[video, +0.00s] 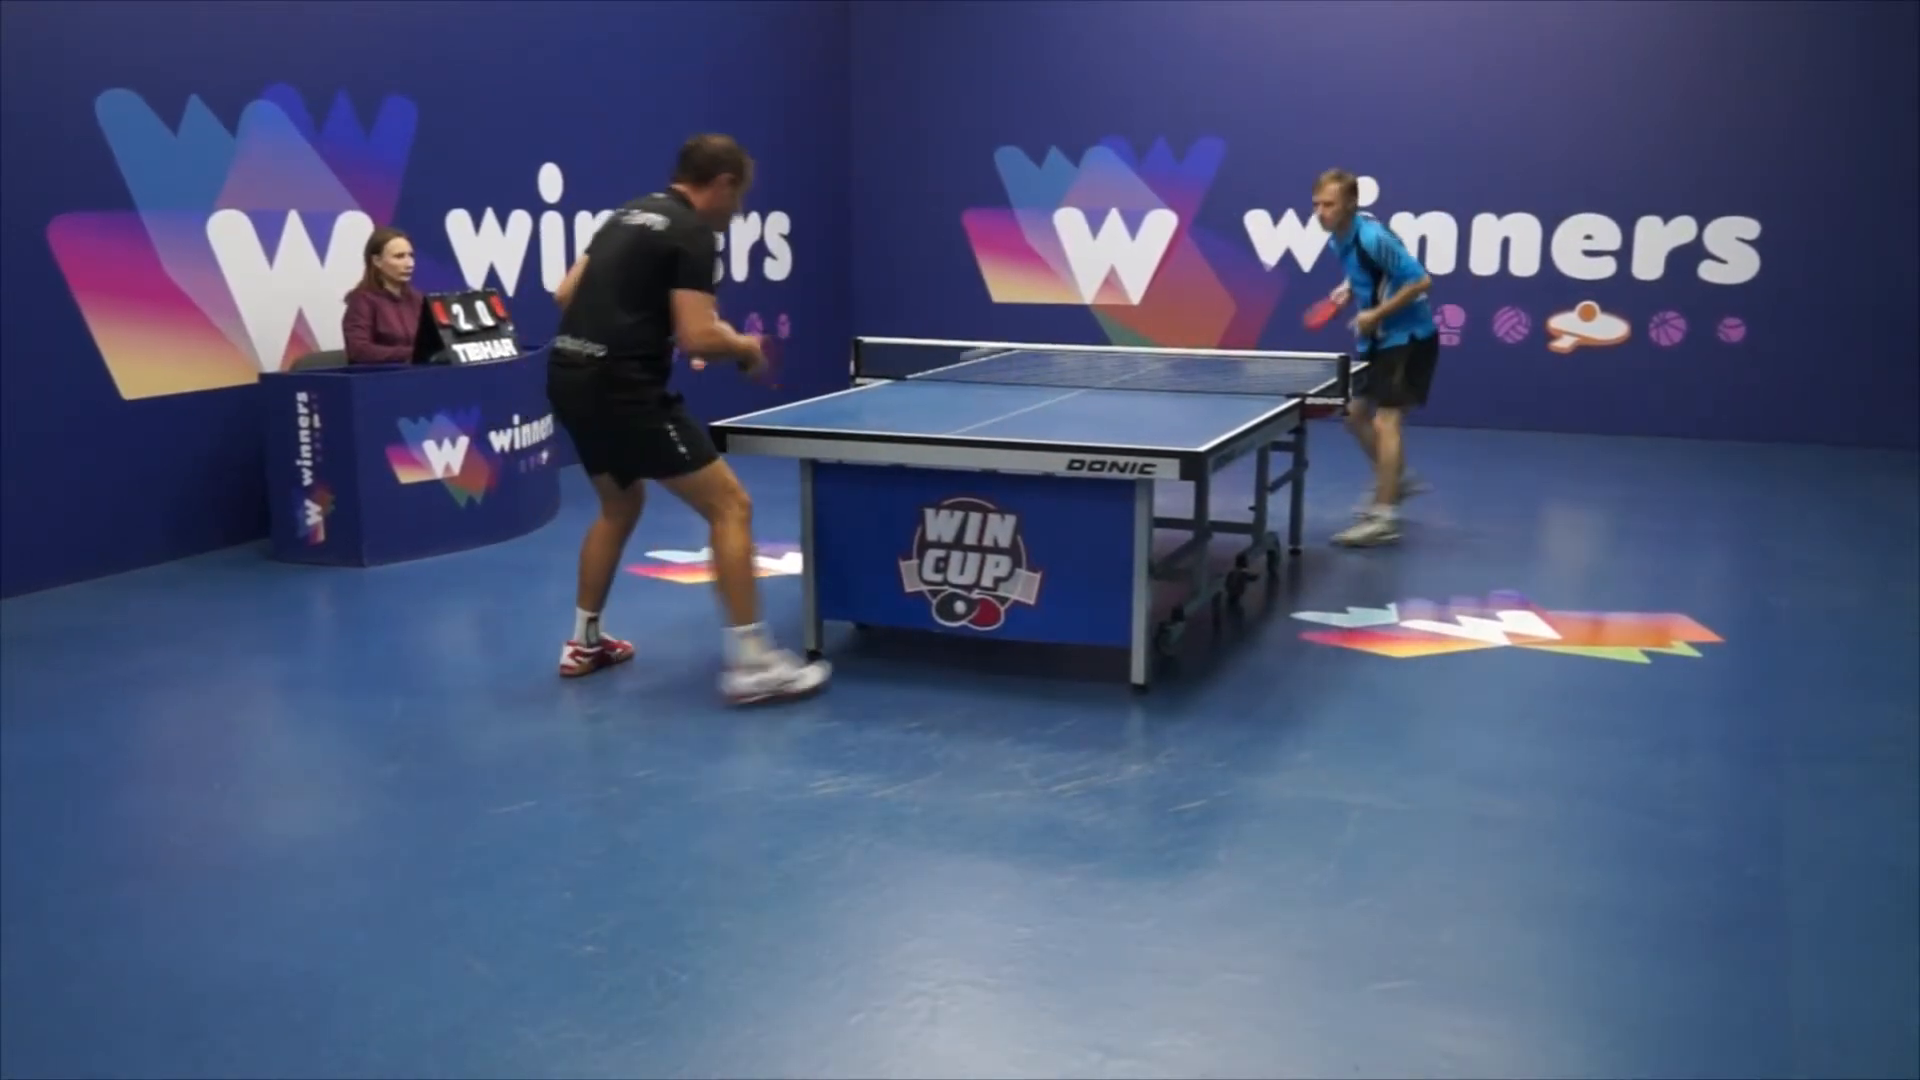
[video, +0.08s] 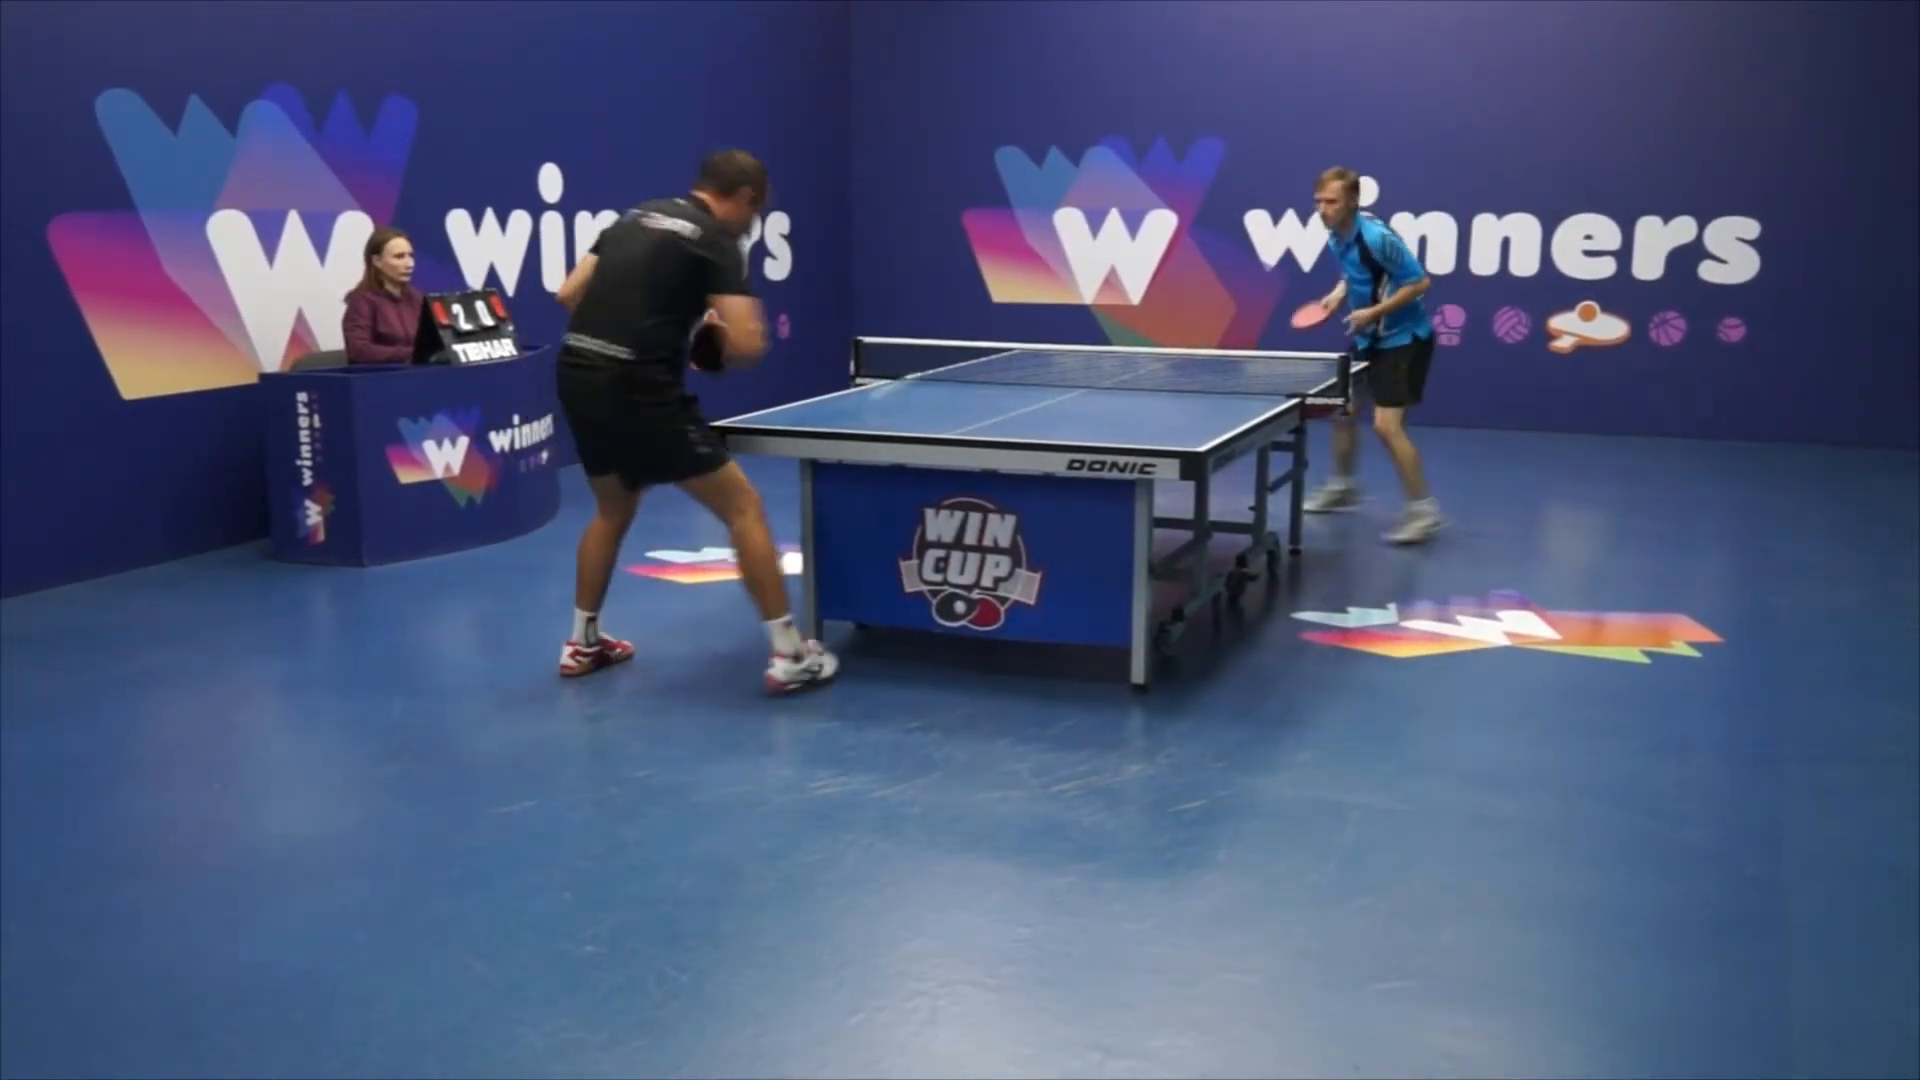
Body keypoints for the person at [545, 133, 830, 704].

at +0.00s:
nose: (736, 211)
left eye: (739, 200)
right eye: (737, 198)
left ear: (685, 179)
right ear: (717, 185)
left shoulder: (628, 214)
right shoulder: (691, 232)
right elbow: (698, 336)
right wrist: (745, 345)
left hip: (570, 375)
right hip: (623, 382)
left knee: (619, 505)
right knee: (729, 506)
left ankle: (584, 642)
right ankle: (750, 659)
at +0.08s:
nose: (751, 224)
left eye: (754, 213)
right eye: (754, 212)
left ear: (702, 184)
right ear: (740, 199)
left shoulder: (635, 218)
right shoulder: (718, 243)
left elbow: (570, 292)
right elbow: (746, 346)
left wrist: (627, 318)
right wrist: (717, 330)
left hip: (578, 372)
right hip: (640, 383)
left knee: (613, 508)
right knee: (742, 508)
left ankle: (583, 640)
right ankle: (789, 650)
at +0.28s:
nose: (776, 236)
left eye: (777, 229)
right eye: (778, 228)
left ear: (720, 210)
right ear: (769, 223)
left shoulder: (658, 236)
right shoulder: (773, 276)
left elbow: (590, 301)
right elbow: (835, 366)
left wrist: (602, 361)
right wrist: (804, 358)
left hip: (623, 399)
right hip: (698, 410)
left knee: (612, 516)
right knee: (777, 513)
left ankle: (578, 643)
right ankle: (788, 661)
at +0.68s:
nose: (732, 190)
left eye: (732, 180)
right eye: (731, 180)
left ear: (665, 175)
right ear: (714, 179)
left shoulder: (609, 226)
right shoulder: (726, 247)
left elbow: (545, 311)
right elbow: (745, 355)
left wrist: (581, 365)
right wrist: (775, 345)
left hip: (592, 408)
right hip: (671, 415)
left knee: (572, 553)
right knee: (742, 542)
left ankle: (534, 699)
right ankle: (781, 663)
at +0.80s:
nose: (715, 172)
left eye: (714, 160)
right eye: (714, 161)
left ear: (646, 161)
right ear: (698, 162)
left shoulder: (594, 216)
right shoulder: (707, 230)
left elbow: (535, 309)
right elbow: (711, 345)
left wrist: (569, 367)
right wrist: (756, 348)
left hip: (571, 397)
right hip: (649, 400)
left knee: (562, 549)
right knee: (737, 538)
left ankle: (531, 700)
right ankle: (757, 699)